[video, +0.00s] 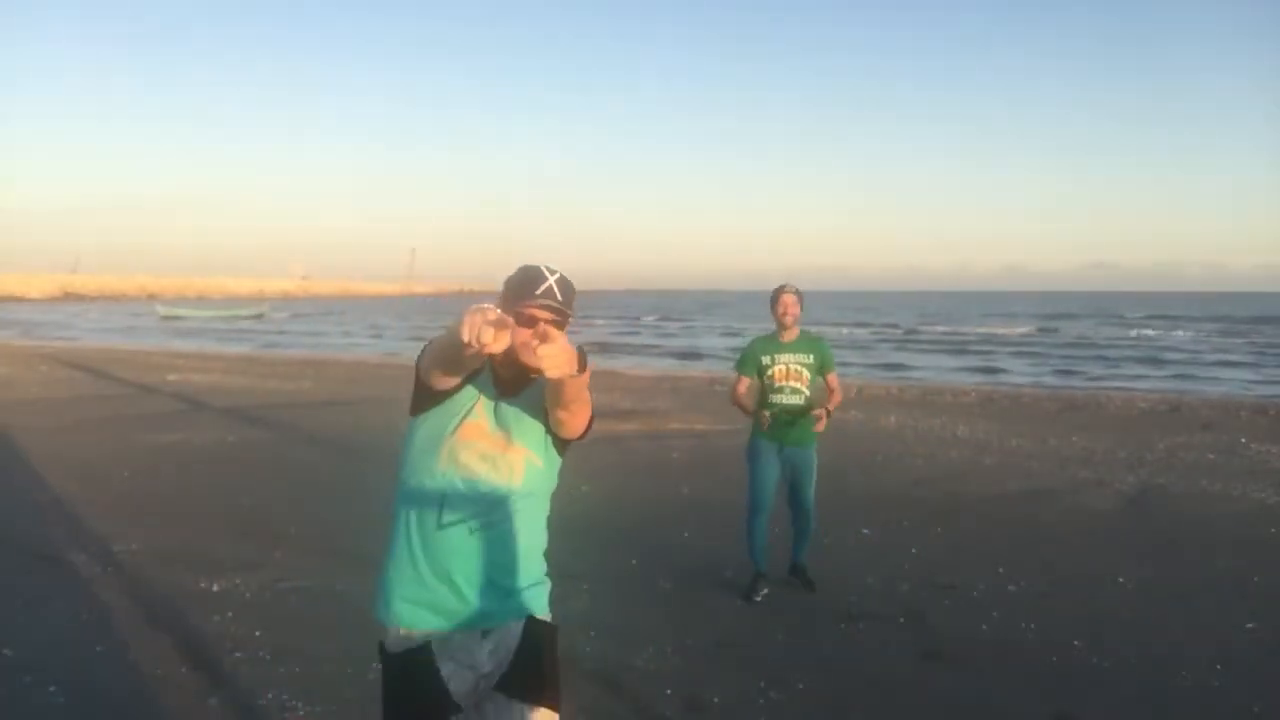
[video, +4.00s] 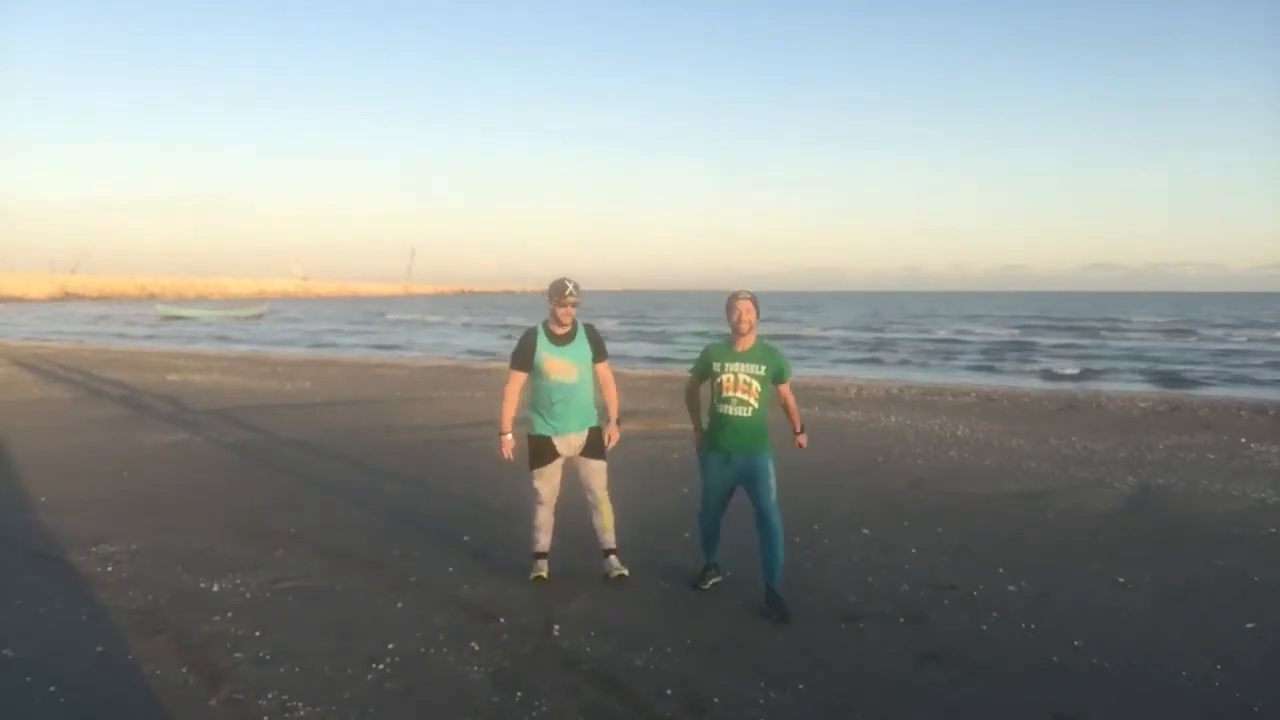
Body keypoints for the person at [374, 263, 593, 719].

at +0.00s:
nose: (537, 332)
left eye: (550, 323)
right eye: (526, 319)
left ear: (565, 330)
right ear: (500, 318)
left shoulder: (557, 395)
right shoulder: (444, 371)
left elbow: (571, 415)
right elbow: (445, 361)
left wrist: (566, 372)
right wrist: (472, 342)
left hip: (518, 617)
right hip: (423, 616)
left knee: (534, 711)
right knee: (414, 712)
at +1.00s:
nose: (555, 317)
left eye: (556, 308)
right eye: (547, 307)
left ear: (537, 308)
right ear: (519, 304)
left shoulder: (556, 360)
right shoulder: (467, 355)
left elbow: (589, 422)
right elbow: (441, 426)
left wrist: (619, 479)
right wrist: (454, 468)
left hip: (543, 505)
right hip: (481, 509)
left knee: (540, 614)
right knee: (487, 614)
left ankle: (544, 710)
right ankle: (491, 695)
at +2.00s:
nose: (540, 306)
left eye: (546, 299)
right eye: (533, 299)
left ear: (554, 303)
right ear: (521, 301)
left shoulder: (567, 344)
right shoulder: (499, 342)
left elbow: (588, 392)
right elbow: (481, 397)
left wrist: (606, 437)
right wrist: (494, 436)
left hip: (556, 458)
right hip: (510, 458)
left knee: (548, 538)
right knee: (511, 538)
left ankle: (541, 613)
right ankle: (519, 582)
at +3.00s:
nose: (583, 313)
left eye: (589, 307)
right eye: (578, 306)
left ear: (595, 309)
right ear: (565, 303)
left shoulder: (602, 342)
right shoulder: (541, 336)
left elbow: (611, 394)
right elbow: (525, 381)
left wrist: (606, 441)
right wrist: (522, 428)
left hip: (588, 443)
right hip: (544, 441)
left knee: (590, 510)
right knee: (537, 510)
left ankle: (592, 570)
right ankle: (531, 575)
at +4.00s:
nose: (567, 310)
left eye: (572, 305)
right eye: (561, 304)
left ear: (577, 306)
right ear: (550, 303)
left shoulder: (589, 335)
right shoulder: (532, 340)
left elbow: (606, 378)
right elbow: (512, 387)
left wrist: (613, 419)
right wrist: (506, 431)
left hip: (588, 430)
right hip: (545, 433)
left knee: (599, 494)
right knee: (544, 498)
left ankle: (610, 556)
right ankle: (540, 560)